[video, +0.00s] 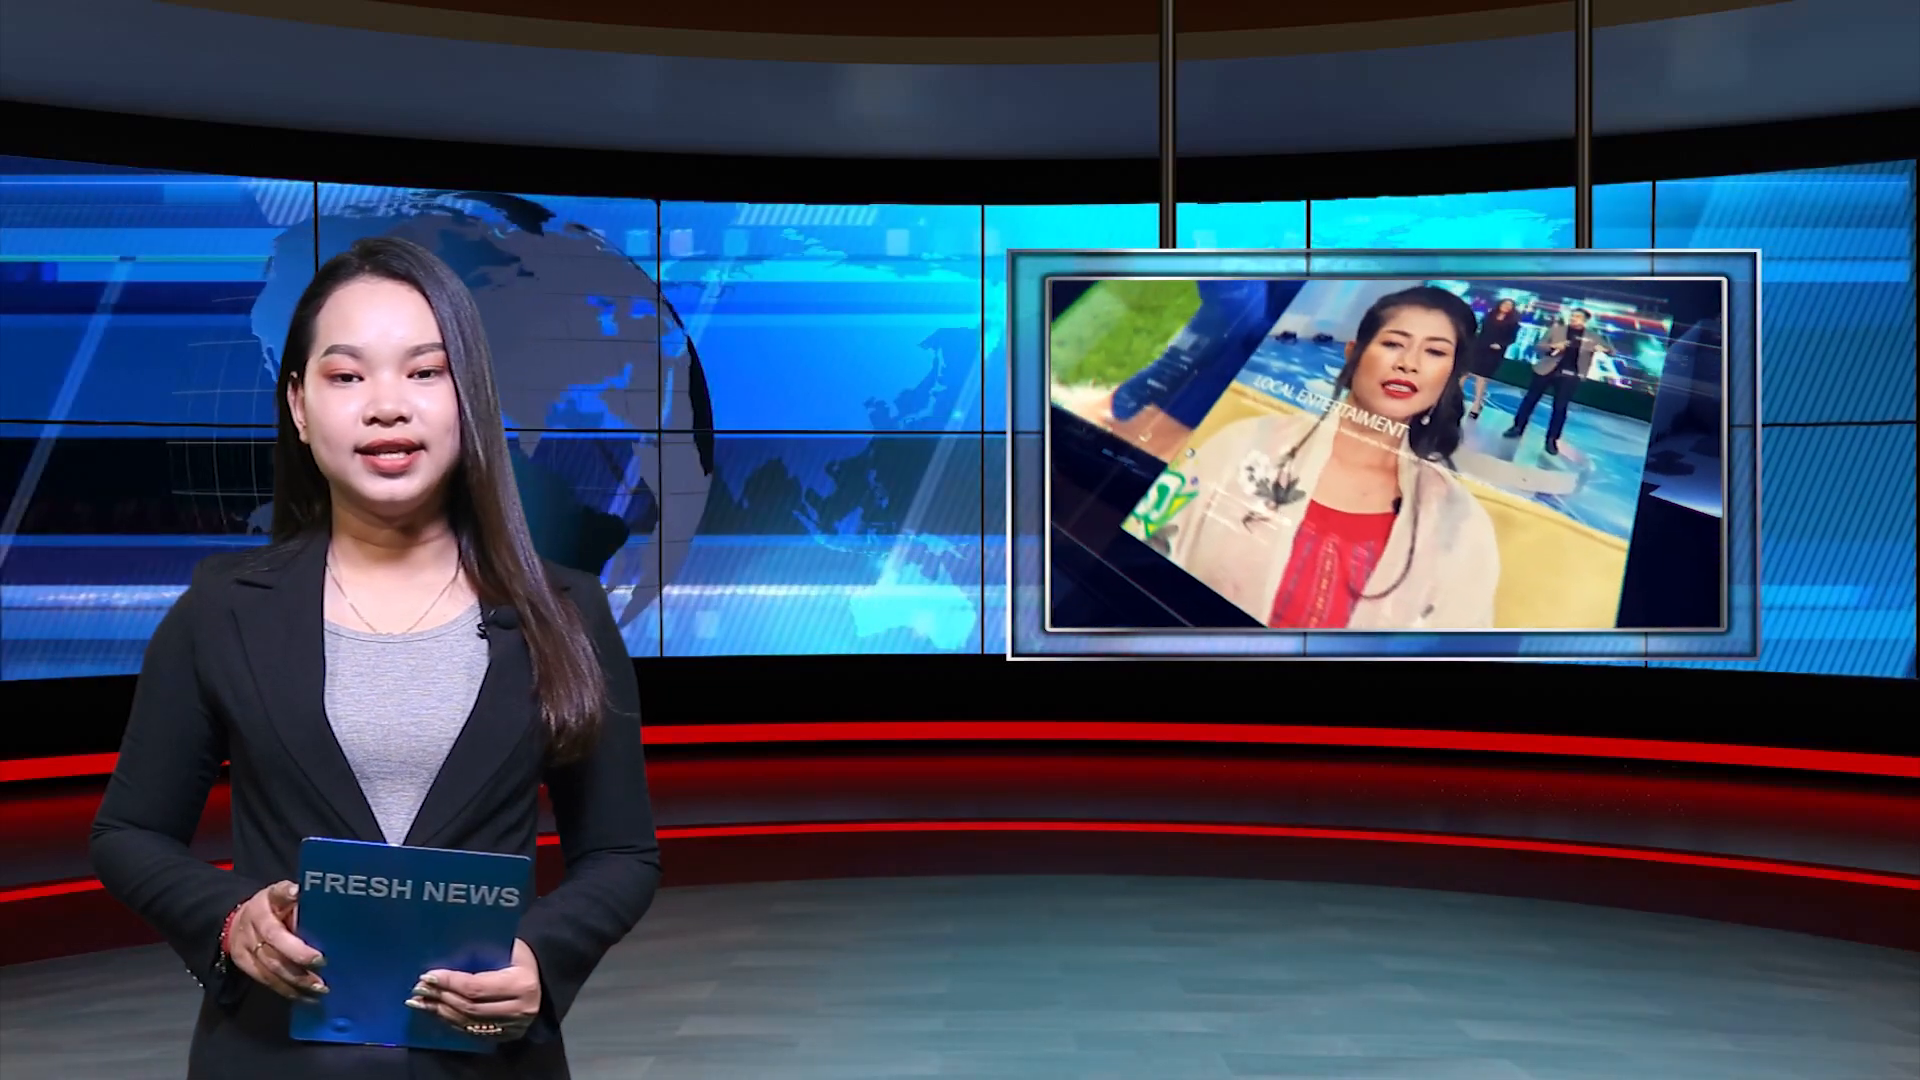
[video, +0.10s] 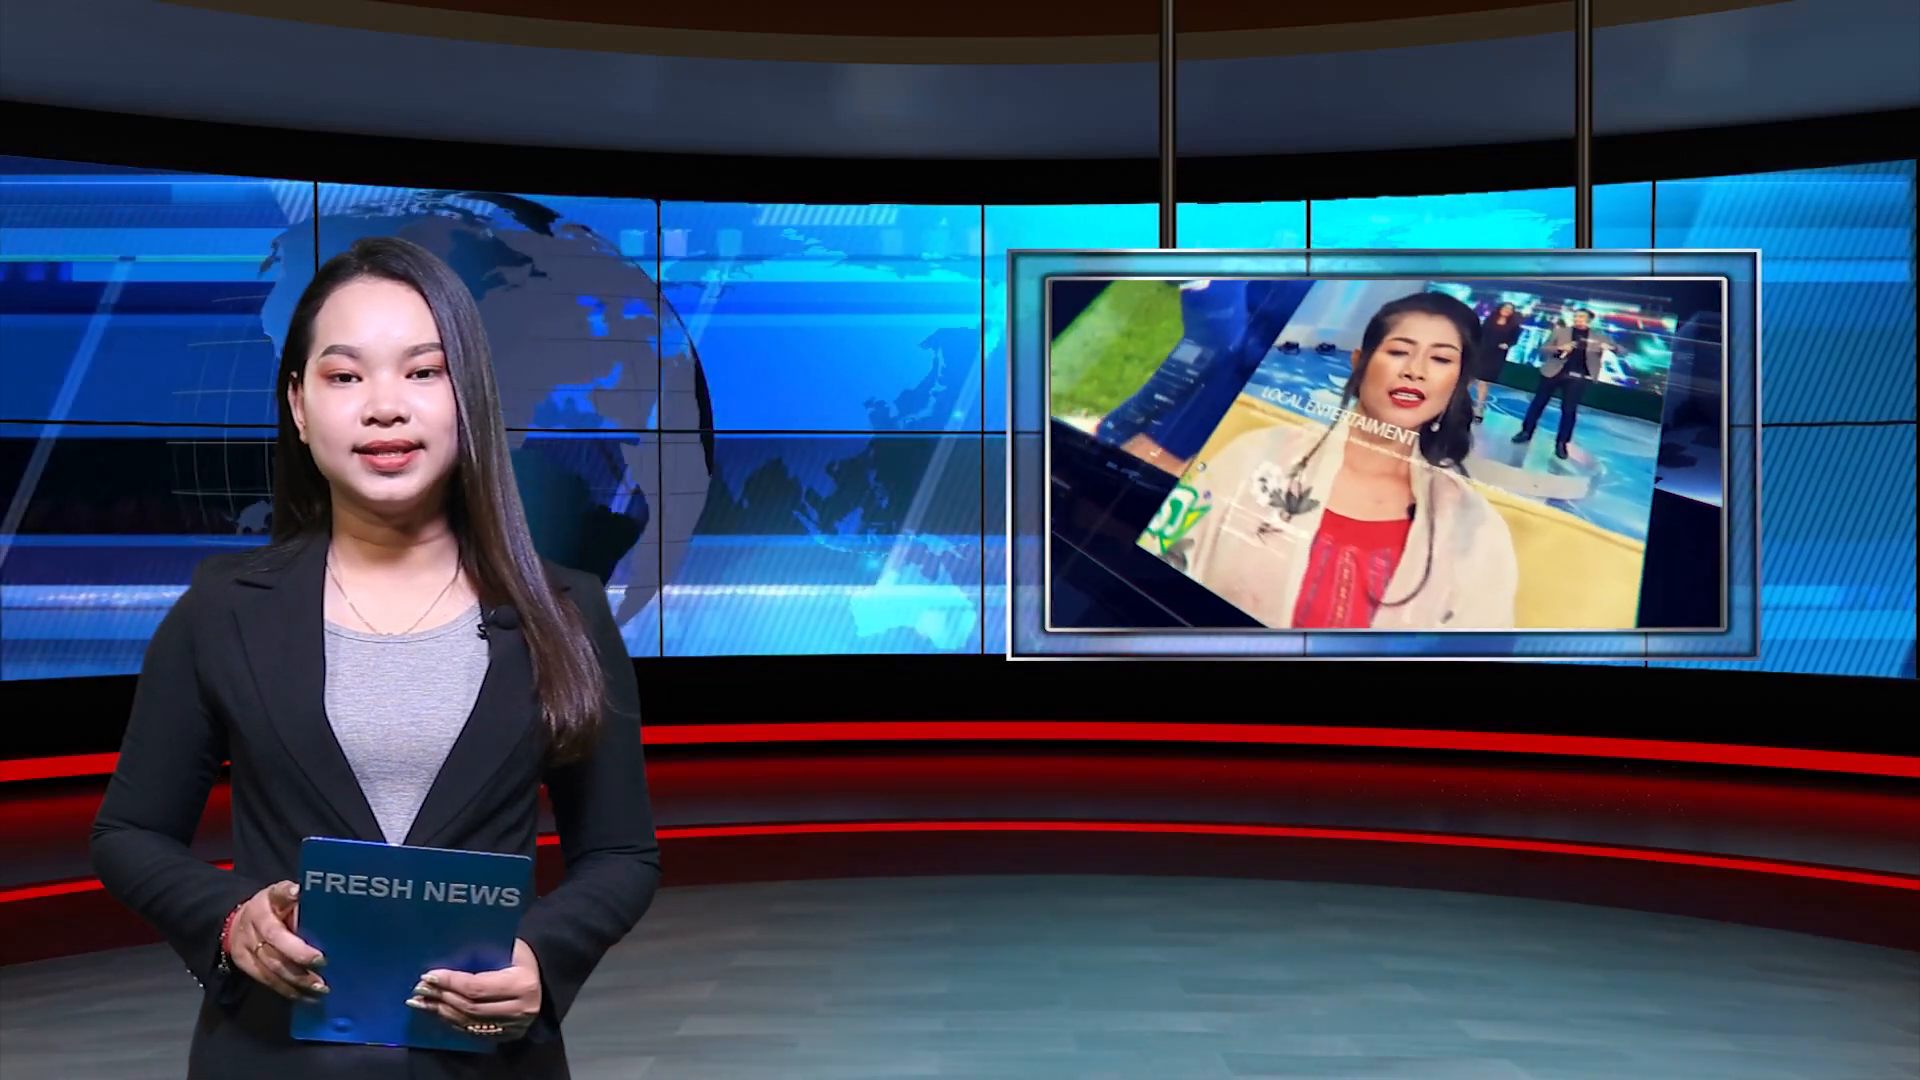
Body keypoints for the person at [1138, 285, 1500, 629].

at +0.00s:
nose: (1409, 364)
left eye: (1434, 352)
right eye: (1393, 342)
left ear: (1450, 380)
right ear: (1353, 353)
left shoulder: (1462, 528)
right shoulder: (1243, 448)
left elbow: (1458, 670)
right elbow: (1132, 571)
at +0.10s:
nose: (1415, 371)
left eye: (1440, 358)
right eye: (1397, 351)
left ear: (1459, 384)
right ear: (1359, 363)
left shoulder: (1476, 531)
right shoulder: (1254, 460)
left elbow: (1480, 672)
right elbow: (1148, 587)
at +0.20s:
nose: (1428, 380)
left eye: (1453, 367)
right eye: (1410, 361)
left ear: (1473, 394)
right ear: (1372, 375)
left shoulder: (1501, 539)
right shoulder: (1273, 476)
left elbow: (1512, 681)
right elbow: (1172, 605)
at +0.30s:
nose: (1437, 385)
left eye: (1461, 371)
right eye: (1418, 366)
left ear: (1483, 399)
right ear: (1380, 382)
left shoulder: (1518, 543)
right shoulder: (1285, 485)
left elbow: (1532, 690)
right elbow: (1193, 624)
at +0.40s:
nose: (1452, 393)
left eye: (1475, 378)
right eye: (1432, 373)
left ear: (1501, 404)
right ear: (1395, 389)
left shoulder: (1540, 547)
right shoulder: (1305, 496)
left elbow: (1564, 689)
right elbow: (1220, 637)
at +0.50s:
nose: (1463, 397)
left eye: (1486, 381)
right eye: (1442, 378)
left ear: (1511, 407)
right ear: (1405, 392)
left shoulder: (1557, 551)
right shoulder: (1317, 501)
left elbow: (1584, 697)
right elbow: (1236, 645)